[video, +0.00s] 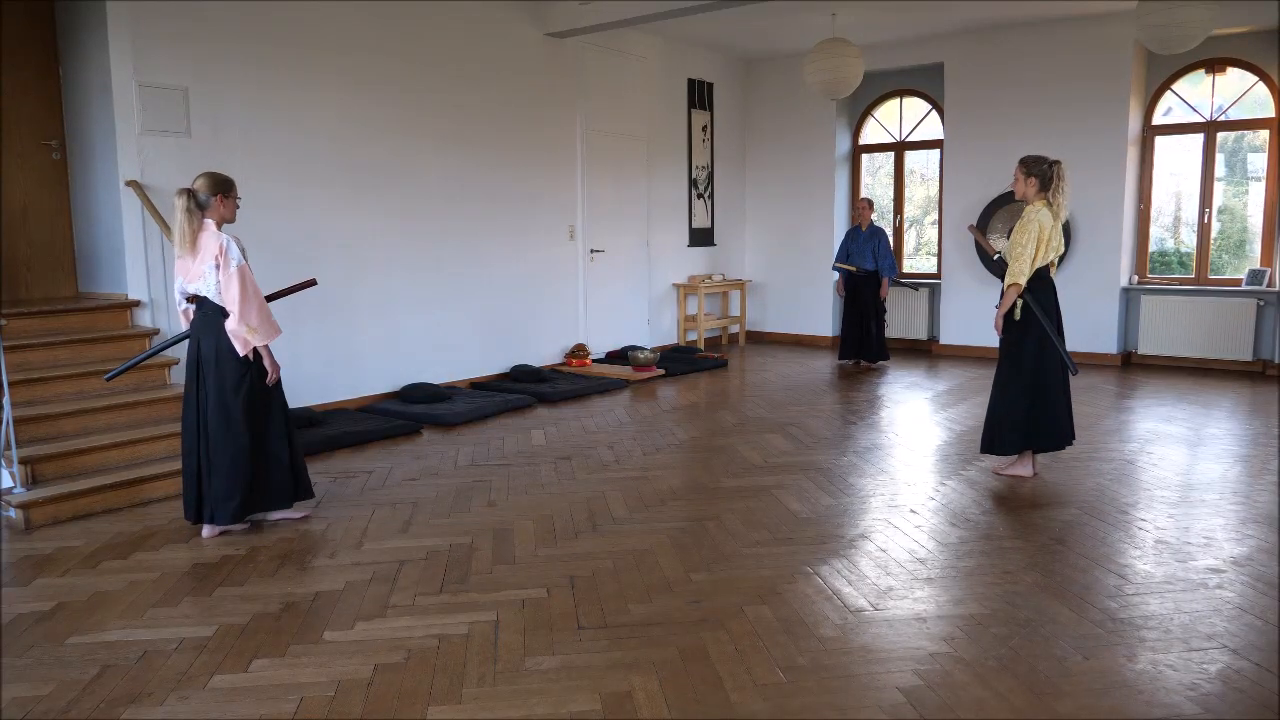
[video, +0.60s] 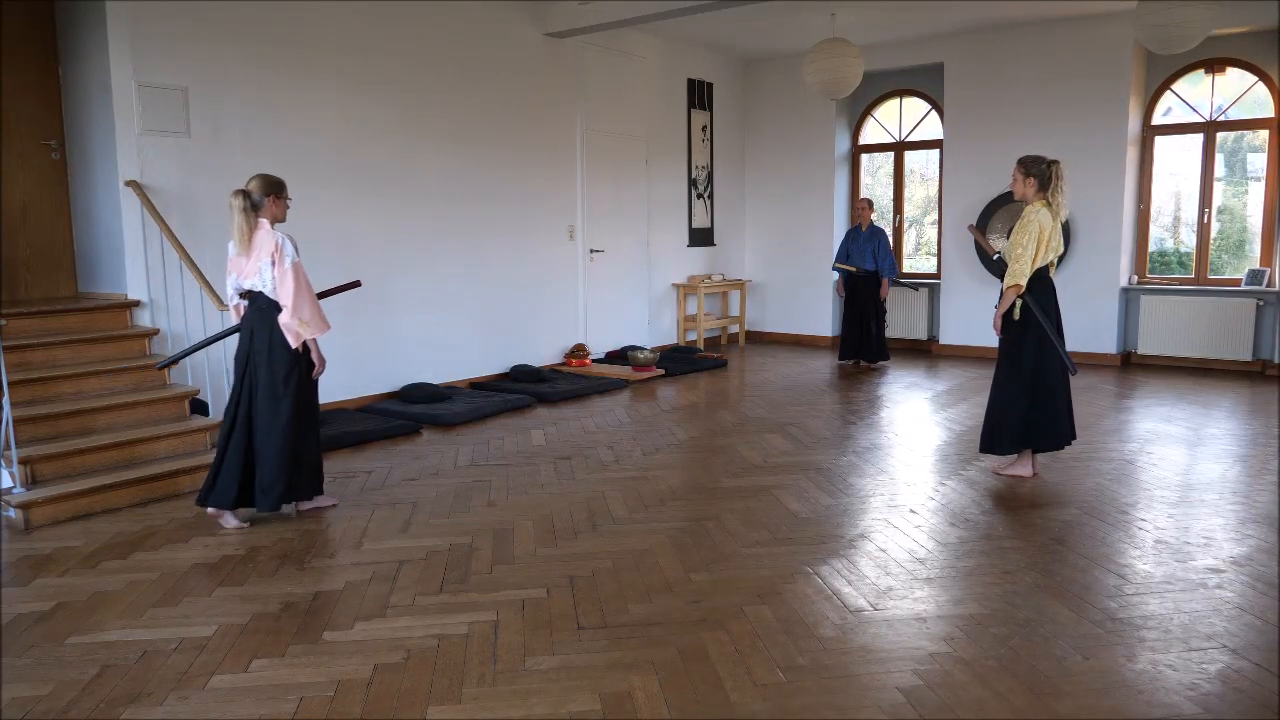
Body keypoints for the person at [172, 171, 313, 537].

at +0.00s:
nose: (237, 206)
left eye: (236, 199)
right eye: (234, 200)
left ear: (203, 202)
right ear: (219, 202)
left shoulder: (186, 245)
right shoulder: (224, 244)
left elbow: (185, 303)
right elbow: (242, 304)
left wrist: (201, 334)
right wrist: (264, 349)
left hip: (201, 340)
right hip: (232, 339)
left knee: (213, 425)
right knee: (260, 415)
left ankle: (216, 515)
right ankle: (276, 502)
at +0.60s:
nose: (288, 205)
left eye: (286, 199)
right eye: (285, 200)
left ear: (256, 203)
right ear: (271, 202)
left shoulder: (237, 245)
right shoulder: (280, 242)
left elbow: (236, 301)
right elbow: (294, 299)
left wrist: (252, 327)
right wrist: (312, 344)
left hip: (251, 332)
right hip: (281, 332)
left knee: (247, 413)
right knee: (298, 411)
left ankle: (221, 500)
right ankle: (306, 493)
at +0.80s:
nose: (305, 204)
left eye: (304, 199)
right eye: (302, 199)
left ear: (275, 201)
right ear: (289, 201)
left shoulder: (254, 244)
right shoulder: (298, 240)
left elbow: (256, 298)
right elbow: (314, 297)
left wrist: (273, 324)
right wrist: (333, 339)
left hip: (272, 330)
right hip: (302, 330)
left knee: (275, 406)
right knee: (309, 408)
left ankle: (254, 486)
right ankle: (305, 493)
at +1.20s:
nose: (337, 210)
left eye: (336, 204)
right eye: (335, 204)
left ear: (310, 206)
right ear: (322, 206)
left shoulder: (290, 246)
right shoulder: (329, 242)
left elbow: (290, 301)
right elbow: (342, 298)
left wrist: (307, 325)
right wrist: (358, 340)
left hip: (306, 331)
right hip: (331, 330)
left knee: (314, 408)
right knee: (340, 406)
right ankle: (305, 491)